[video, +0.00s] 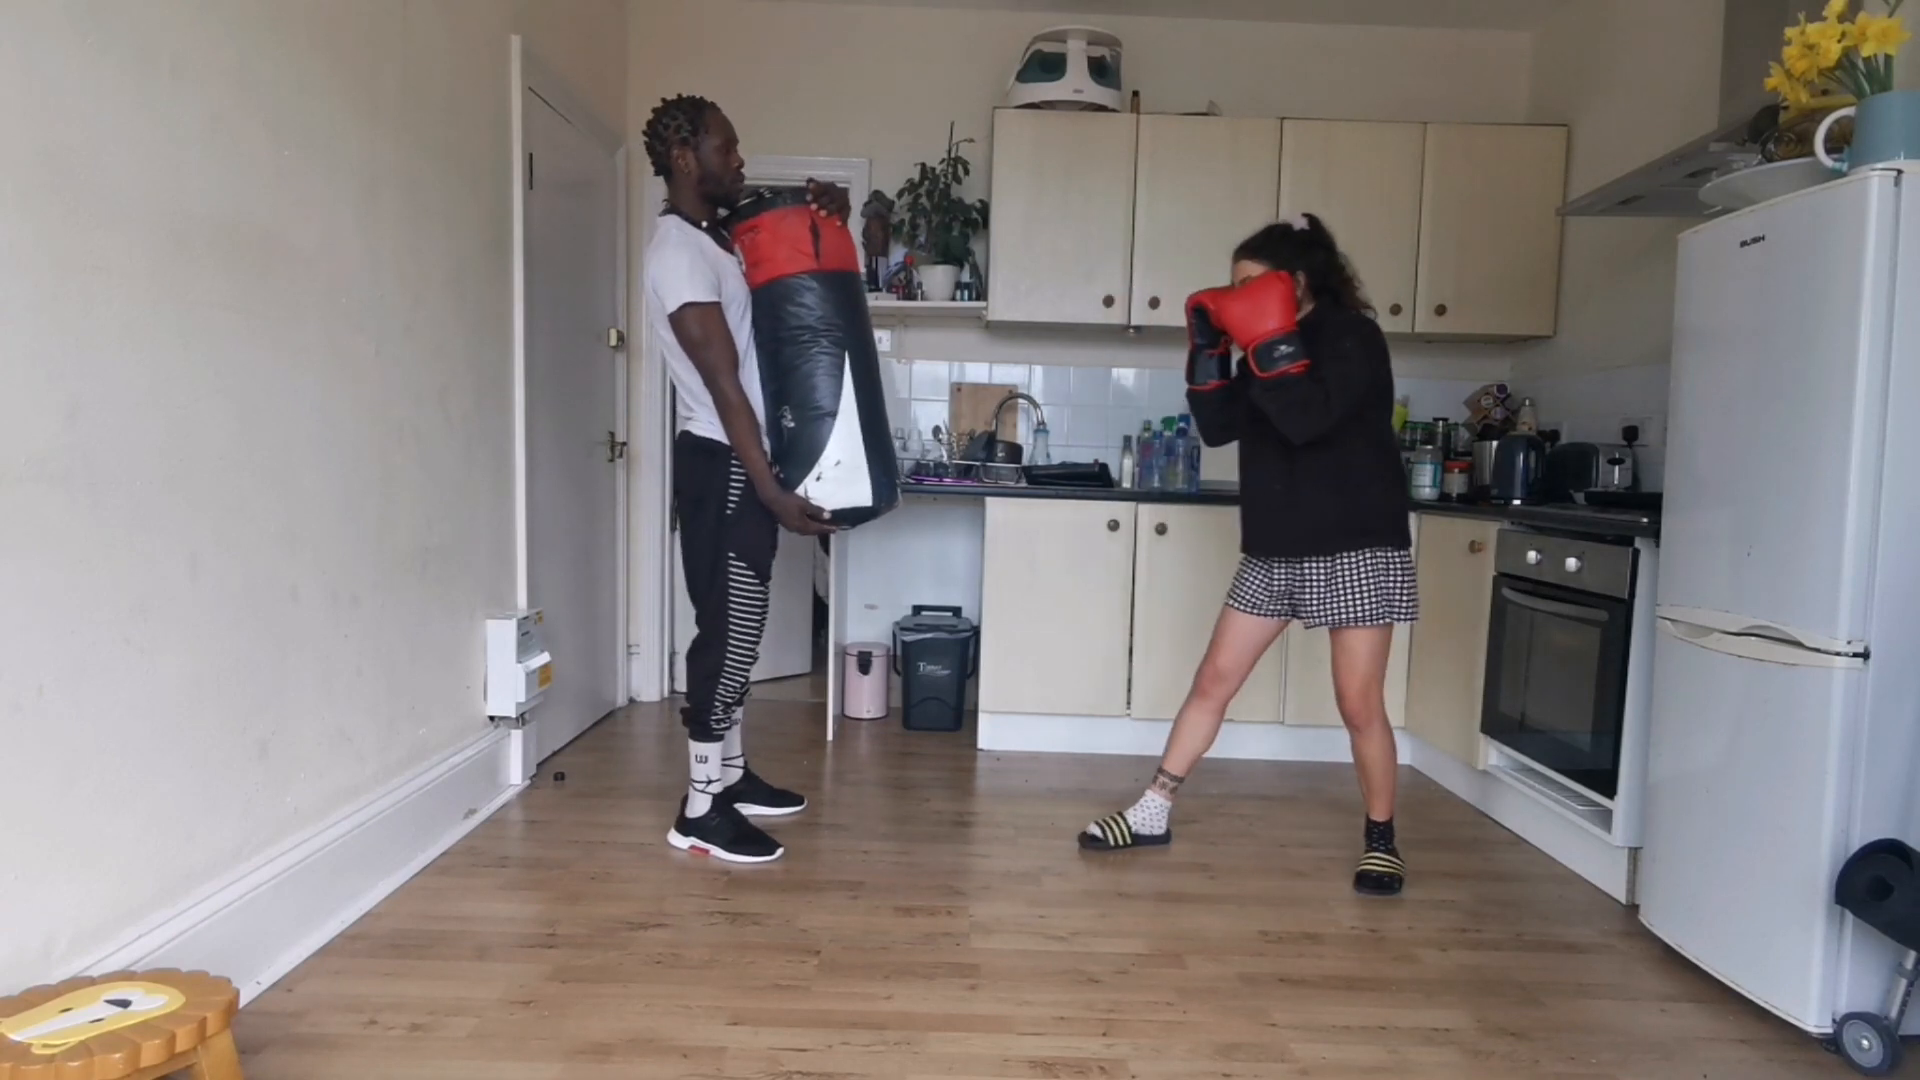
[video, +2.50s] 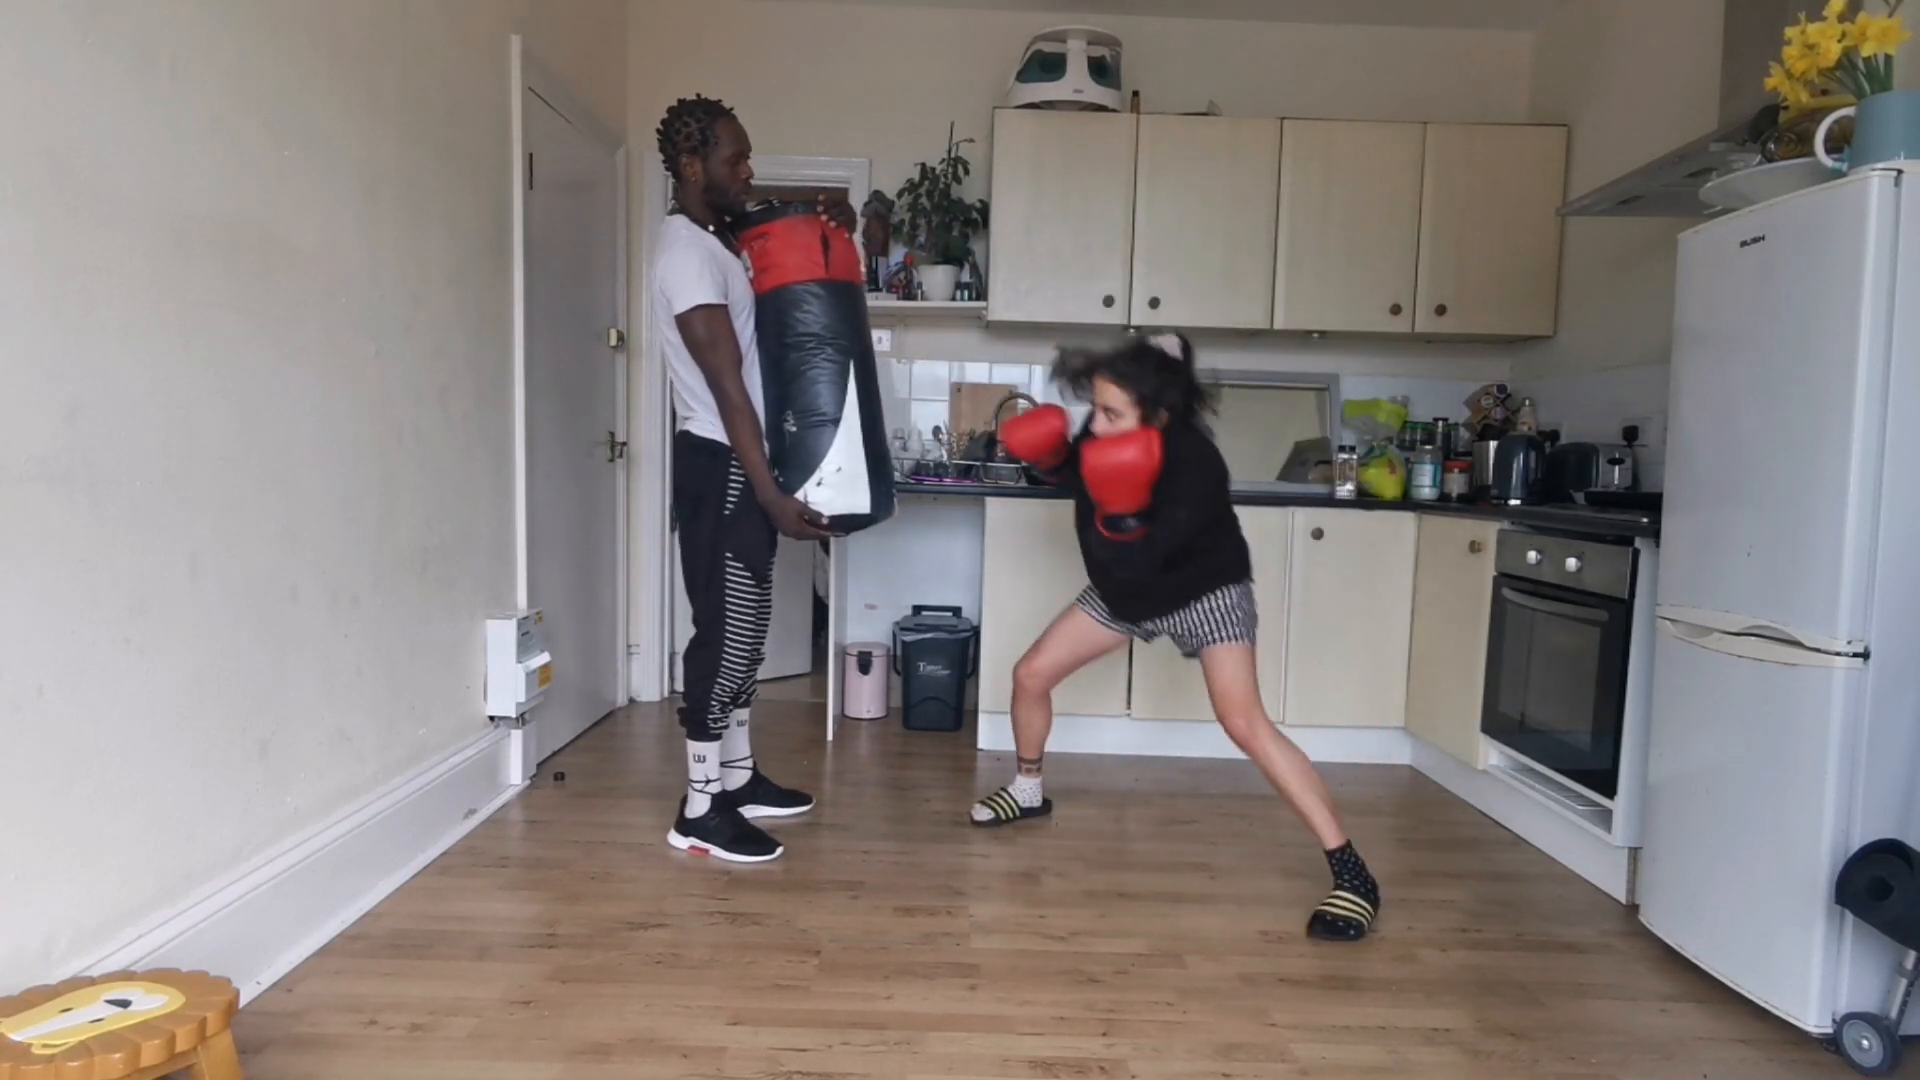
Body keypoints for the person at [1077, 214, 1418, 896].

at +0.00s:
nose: (1241, 300)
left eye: (1253, 286)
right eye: (1237, 289)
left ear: (1299, 283)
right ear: (1244, 293)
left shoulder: (1352, 337)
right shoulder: (1258, 350)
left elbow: (1311, 420)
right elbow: (1217, 427)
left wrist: (1272, 344)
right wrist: (1208, 347)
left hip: (1359, 540)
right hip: (1277, 541)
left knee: (1360, 705)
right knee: (1214, 678)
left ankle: (1381, 840)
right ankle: (1153, 809)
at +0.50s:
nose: (1148, 307)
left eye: (1159, 292)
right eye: (1146, 295)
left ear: (1200, 288)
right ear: (1158, 299)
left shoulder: (1260, 345)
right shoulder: (1162, 361)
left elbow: (1237, 429)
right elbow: (1130, 434)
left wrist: (1195, 354)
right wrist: (1090, 403)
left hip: (1297, 526)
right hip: (1214, 535)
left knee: (1341, 687)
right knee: (1137, 663)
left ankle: (1380, 834)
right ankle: (1065, 780)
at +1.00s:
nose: (1256, 361)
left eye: (1272, 350)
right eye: (1255, 347)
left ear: (1318, 359)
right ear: (1254, 344)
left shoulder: (1342, 424)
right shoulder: (1257, 397)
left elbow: (1271, 505)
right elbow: (1222, 460)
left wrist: (1271, 433)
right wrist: (1196, 434)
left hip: (1295, 579)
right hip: (1213, 562)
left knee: (1328, 728)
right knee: (1123, 666)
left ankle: (1390, 824)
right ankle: (1069, 791)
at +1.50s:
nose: (1217, 297)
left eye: (1229, 284)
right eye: (1215, 285)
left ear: (1272, 287)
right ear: (1222, 292)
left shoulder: (1317, 348)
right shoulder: (1226, 350)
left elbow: (1272, 431)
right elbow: (1175, 430)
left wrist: (1246, 354)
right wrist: (1151, 375)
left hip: (1299, 531)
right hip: (1222, 527)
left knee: (1314, 690)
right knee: (1157, 651)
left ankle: (1342, 802)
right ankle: (1145, 781)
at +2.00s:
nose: (1111, 302)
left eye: (1123, 291)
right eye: (1108, 292)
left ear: (1164, 293)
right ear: (1112, 294)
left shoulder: (1206, 348)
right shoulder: (1100, 355)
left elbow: (1177, 431)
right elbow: (1022, 390)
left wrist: (1137, 362)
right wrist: (958, 369)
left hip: (1215, 533)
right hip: (1131, 536)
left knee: (1259, 684)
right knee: (1068, 653)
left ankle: (1290, 796)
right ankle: (1034, 775)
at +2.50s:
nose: (1095, 423)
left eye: (1110, 412)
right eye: (1094, 408)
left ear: (1154, 415)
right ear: (1094, 401)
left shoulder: (1193, 462)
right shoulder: (1107, 446)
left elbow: (1139, 570)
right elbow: (1075, 481)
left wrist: (1117, 509)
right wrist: (1045, 458)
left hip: (1208, 586)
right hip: (1129, 583)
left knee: (1244, 724)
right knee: (1030, 677)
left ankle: (1351, 874)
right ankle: (1027, 788)